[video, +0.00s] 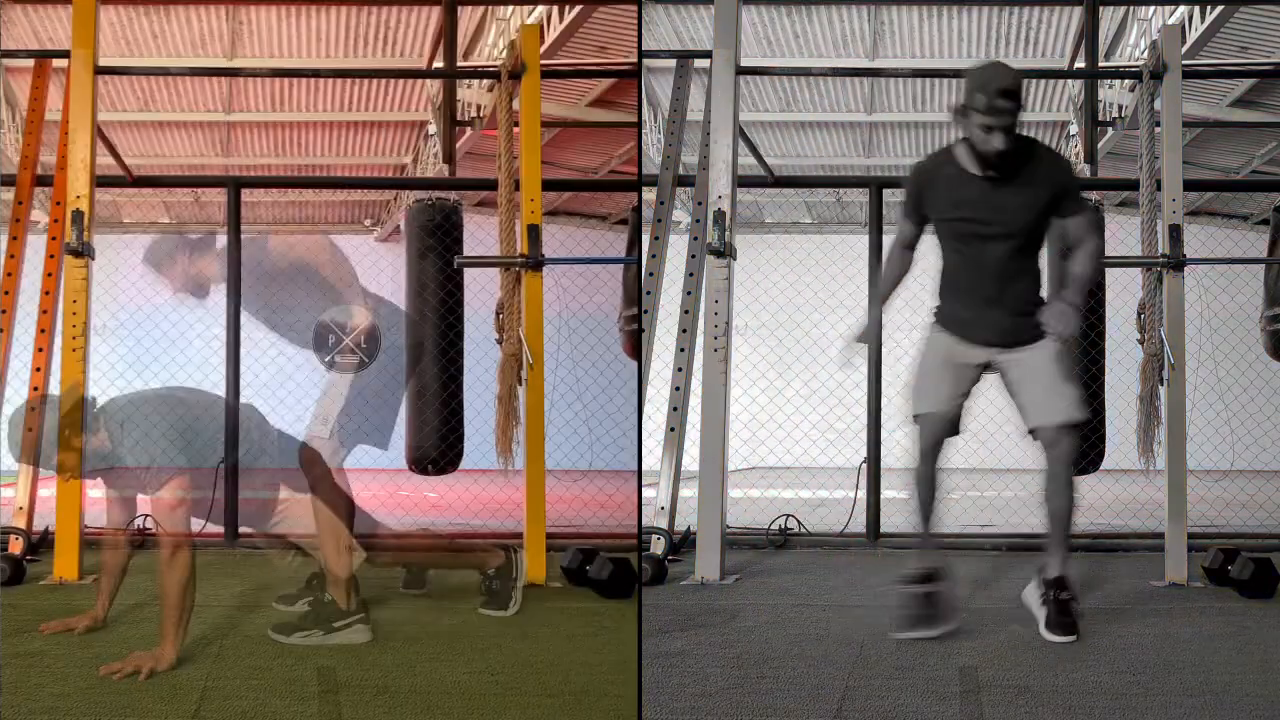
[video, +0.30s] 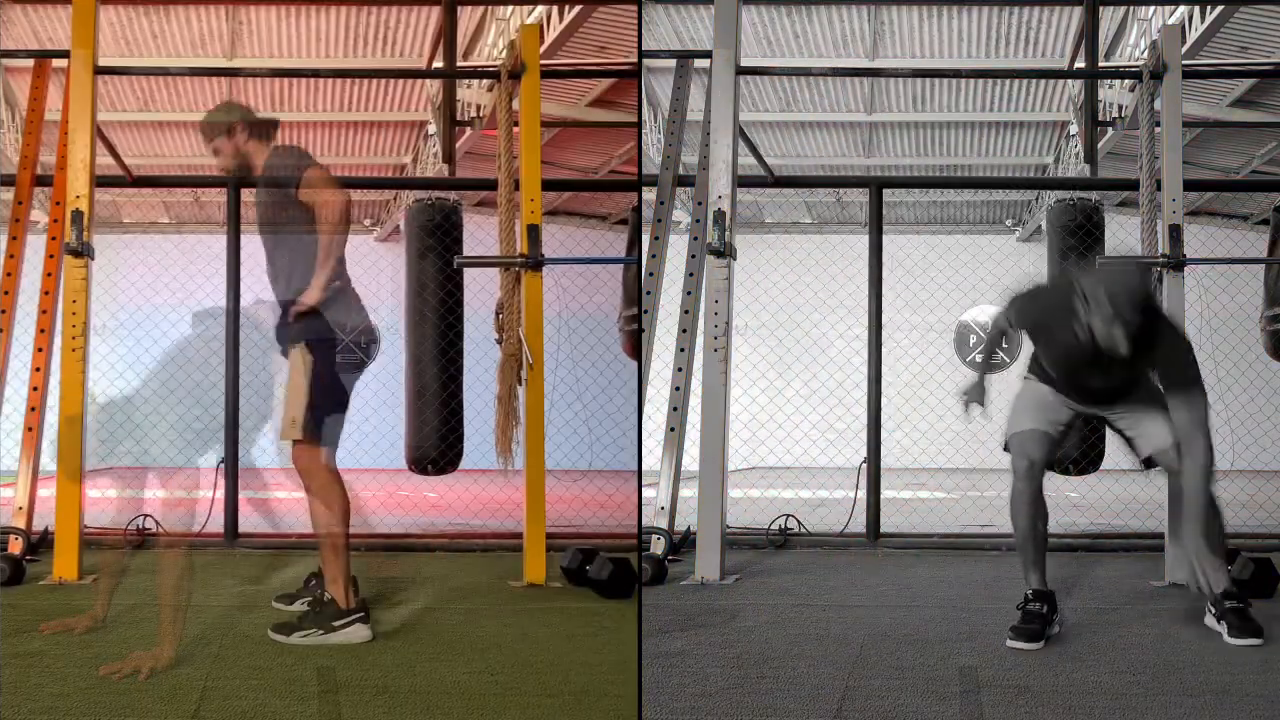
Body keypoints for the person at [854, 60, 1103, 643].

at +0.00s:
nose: (1000, 142)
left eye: (1009, 129)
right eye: (987, 129)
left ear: (1020, 121)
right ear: (962, 119)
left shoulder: (1047, 168)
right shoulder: (932, 174)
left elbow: (1088, 239)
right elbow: (902, 245)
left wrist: (1069, 299)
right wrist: (873, 314)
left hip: (1029, 332)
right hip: (955, 331)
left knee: (1062, 442)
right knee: (929, 439)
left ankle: (1054, 581)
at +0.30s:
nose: (1117, 332)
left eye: (1126, 320)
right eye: (1107, 320)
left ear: (1141, 309)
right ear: (1085, 303)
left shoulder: (1166, 339)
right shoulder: (1045, 306)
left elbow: (1195, 442)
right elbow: (1002, 324)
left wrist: (1194, 537)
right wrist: (980, 378)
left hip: (1132, 392)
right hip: (1053, 384)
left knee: (1185, 468)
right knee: (1025, 465)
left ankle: (1223, 595)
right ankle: (1036, 597)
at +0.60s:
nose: (1133, 400)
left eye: (1143, 395)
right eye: (1127, 388)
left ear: (1165, 386)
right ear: (1110, 365)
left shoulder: (1186, 405)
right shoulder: (1069, 347)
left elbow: (1203, 502)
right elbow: (1017, 340)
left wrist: (1213, 613)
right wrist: (1003, 395)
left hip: (1160, 400)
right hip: (1071, 385)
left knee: (1207, 484)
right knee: (1045, 466)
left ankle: (1229, 587)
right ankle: (1037, 595)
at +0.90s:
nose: (1018, 168)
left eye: (1030, 159)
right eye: (1012, 154)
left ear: (1059, 153)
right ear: (1004, 143)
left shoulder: (1096, 199)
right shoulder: (974, 191)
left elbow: (1138, 281)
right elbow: (939, 249)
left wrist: (1158, 366)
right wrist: (923, 323)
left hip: (1070, 337)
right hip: (997, 338)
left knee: (1109, 449)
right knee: (1009, 458)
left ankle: (1134, 578)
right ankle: (1025, 591)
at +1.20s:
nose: (922, 127)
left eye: (932, 116)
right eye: (913, 116)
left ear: (951, 118)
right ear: (901, 120)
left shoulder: (986, 177)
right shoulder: (878, 182)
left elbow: (1035, 252)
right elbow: (853, 262)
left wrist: (1067, 330)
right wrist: (829, 330)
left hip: (969, 353)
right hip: (894, 351)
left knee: (1008, 475)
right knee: (849, 468)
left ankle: (1039, 598)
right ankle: (824, 582)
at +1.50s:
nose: (806, 149)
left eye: (816, 138)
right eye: (798, 136)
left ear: (840, 135)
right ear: (788, 133)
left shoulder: (878, 180)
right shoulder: (766, 178)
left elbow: (911, 241)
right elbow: (724, 257)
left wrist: (916, 314)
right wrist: (719, 330)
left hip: (848, 330)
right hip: (778, 325)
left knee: (829, 454)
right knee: (734, 439)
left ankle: (804, 576)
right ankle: (738, 543)